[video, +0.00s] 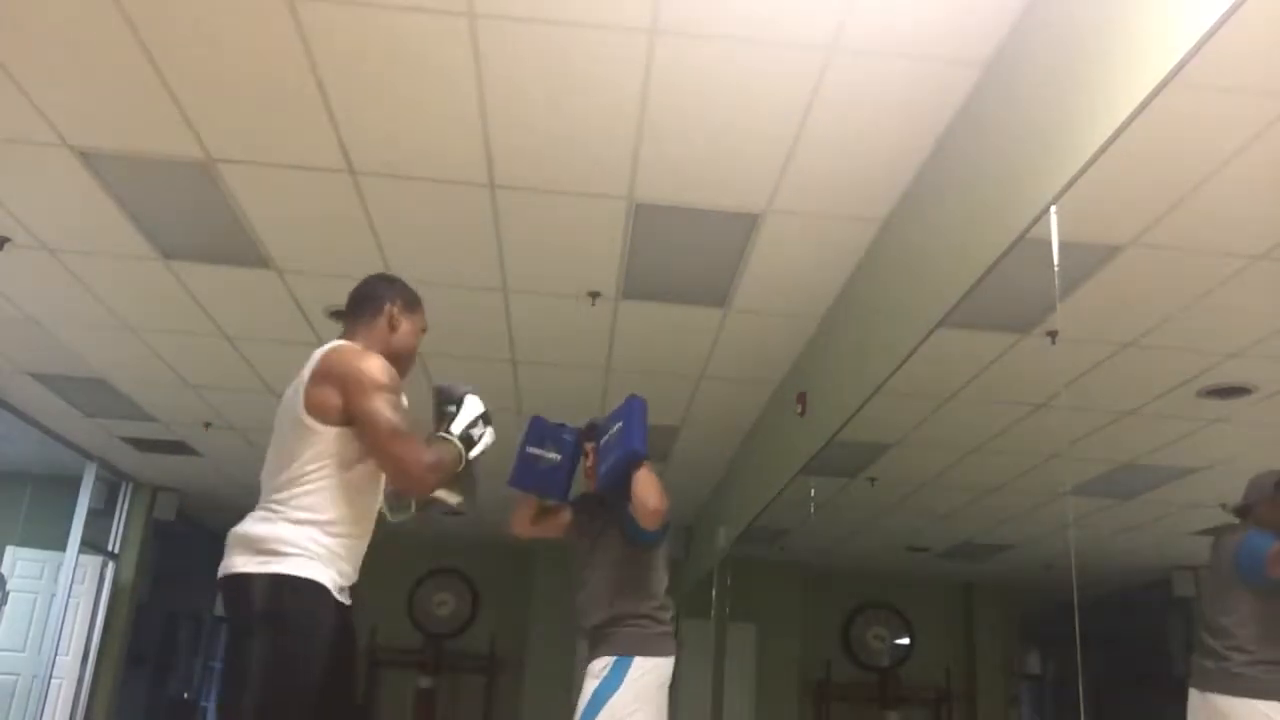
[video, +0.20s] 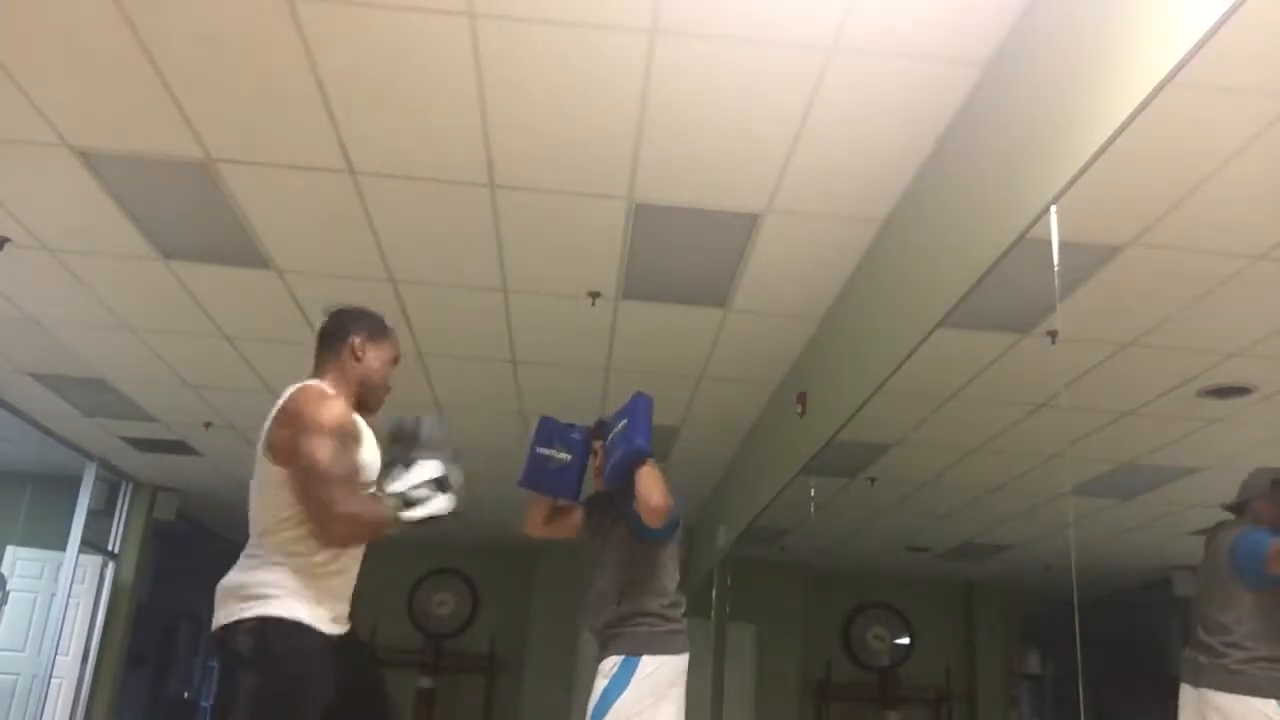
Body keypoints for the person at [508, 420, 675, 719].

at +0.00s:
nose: (588, 463)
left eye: (596, 453)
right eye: (585, 455)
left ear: (615, 455)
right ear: (581, 459)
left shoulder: (637, 502)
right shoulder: (589, 509)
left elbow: (653, 507)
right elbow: (523, 525)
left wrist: (633, 453)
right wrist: (541, 466)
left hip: (635, 649)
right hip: (608, 647)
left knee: (596, 712)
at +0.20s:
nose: (596, 463)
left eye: (604, 452)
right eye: (593, 454)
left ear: (622, 455)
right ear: (589, 459)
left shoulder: (645, 502)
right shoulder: (600, 509)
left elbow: (656, 505)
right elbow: (537, 525)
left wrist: (636, 451)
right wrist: (557, 462)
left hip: (645, 650)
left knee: (605, 712)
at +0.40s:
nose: (625, 458)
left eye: (634, 451)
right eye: (624, 451)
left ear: (659, 460)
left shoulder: (678, 498)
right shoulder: (621, 509)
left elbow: (658, 503)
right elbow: (558, 530)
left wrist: (610, 455)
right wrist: (567, 468)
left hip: (662, 656)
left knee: (618, 713)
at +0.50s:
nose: (632, 469)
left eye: (642, 460)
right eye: (630, 461)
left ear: (670, 467)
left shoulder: (685, 502)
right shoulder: (635, 514)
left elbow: (700, 531)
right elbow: (575, 538)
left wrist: (626, 500)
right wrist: (573, 490)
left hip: (674, 655)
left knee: (632, 713)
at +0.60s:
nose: (644, 477)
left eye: (654, 468)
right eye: (641, 469)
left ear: (682, 475)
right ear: (636, 474)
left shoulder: (699, 516)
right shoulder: (647, 522)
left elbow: (725, 567)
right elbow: (586, 552)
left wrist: (657, 552)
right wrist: (590, 492)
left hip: (687, 663)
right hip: (663, 659)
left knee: (644, 713)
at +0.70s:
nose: (654, 478)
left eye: (664, 469)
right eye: (651, 470)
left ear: (692, 476)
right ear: (646, 475)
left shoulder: (708, 518)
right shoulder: (661, 526)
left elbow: (737, 582)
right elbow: (603, 560)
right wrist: (601, 497)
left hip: (696, 667)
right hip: (671, 664)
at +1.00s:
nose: (666, 469)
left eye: (676, 461)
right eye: (664, 463)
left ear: (704, 469)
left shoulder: (718, 510)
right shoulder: (676, 520)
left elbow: (740, 578)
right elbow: (617, 554)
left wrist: (683, 633)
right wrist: (618, 490)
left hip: (709, 660)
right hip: (679, 659)